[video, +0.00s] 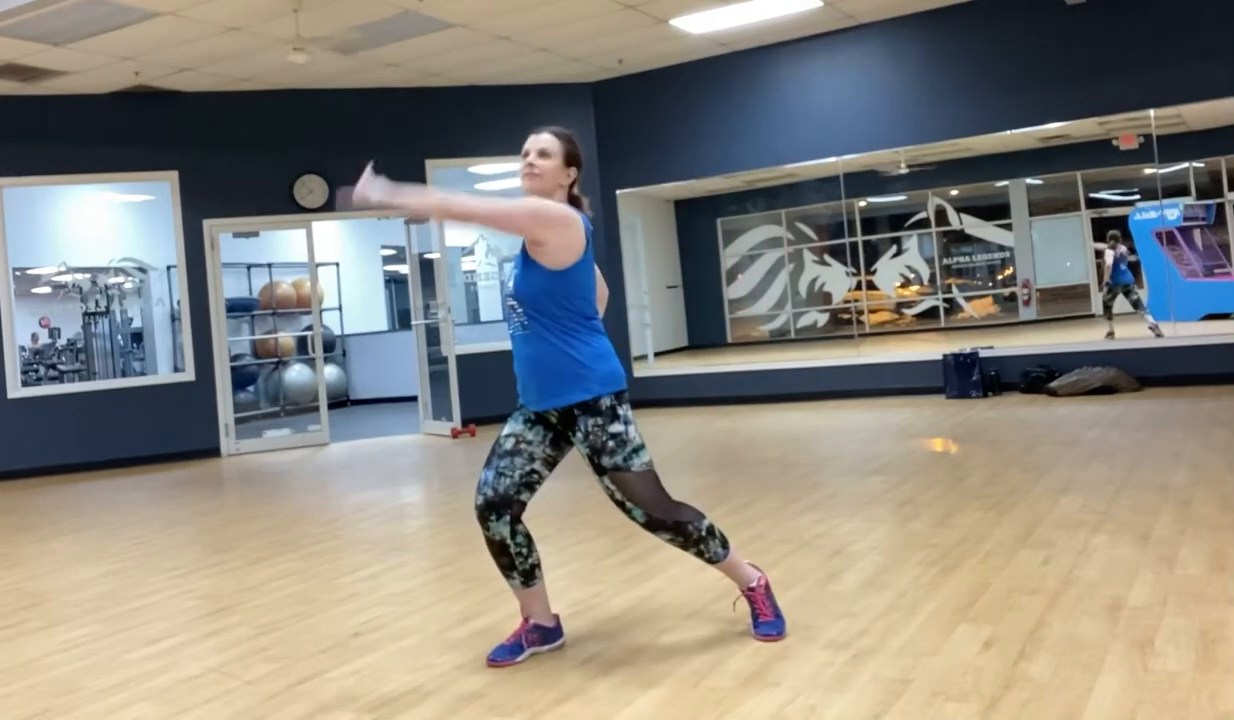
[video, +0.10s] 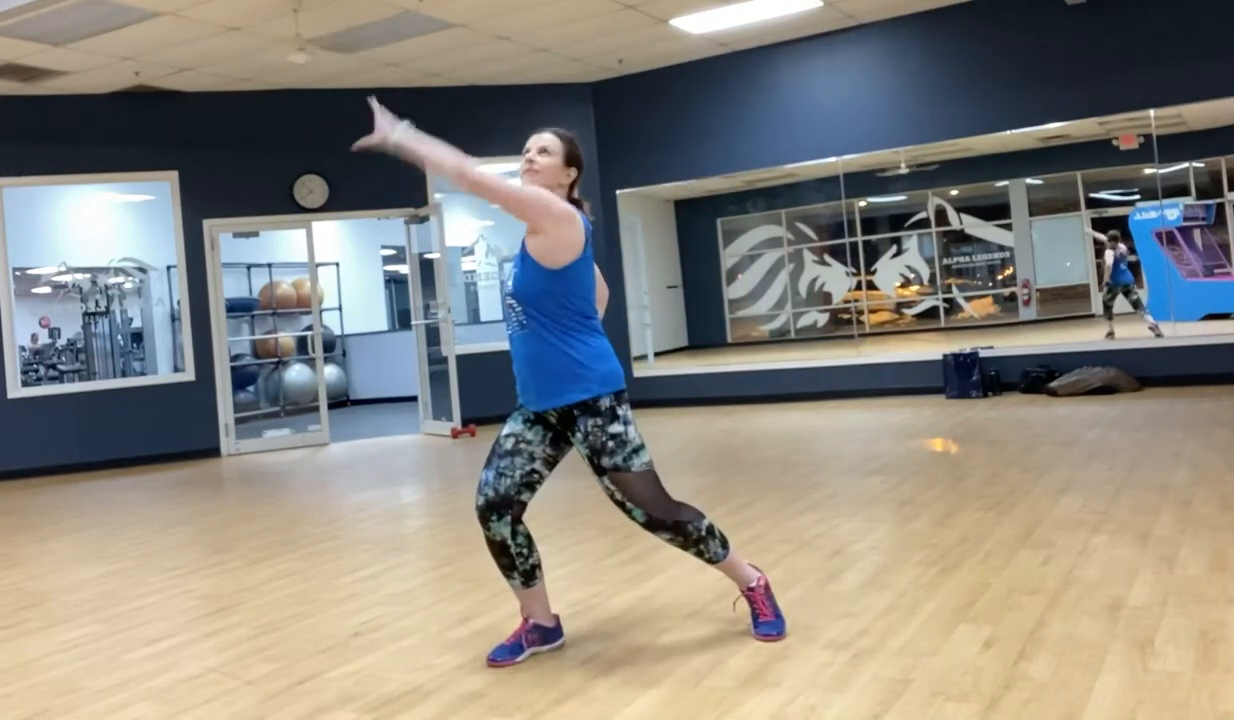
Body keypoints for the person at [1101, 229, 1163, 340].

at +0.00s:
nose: (1108, 241)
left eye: (1109, 240)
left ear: (1109, 240)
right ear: (1119, 239)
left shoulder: (1109, 250)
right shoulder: (1123, 249)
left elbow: (1108, 264)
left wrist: (1106, 279)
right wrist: (1092, 245)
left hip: (1115, 280)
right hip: (1128, 279)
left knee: (1107, 303)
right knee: (1138, 304)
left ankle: (1110, 330)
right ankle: (1152, 323)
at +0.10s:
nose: (1107, 243)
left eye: (1109, 241)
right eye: (1108, 241)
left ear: (1111, 241)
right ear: (1118, 241)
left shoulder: (1109, 251)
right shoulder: (1123, 248)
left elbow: (1109, 264)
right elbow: (1104, 238)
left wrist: (1105, 280)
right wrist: (1090, 232)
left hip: (1115, 280)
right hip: (1128, 279)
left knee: (1107, 303)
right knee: (1138, 304)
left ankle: (1111, 330)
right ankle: (1152, 323)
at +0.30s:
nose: (1107, 243)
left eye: (1107, 240)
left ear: (1107, 241)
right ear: (1117, 238)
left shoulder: (1108, 251)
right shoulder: (1123, 246)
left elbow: (1107, 264)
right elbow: (1115, 232)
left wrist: (1105, 280)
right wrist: (1104, 221)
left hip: (1114, 280)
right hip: (1127, 278)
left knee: (1108, 304)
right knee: (1137, 303)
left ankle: (1111, 330)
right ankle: (1152, 324)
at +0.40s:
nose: (1109, 242)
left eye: (1108, 240)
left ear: (1107, 241)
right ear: (1117, 239)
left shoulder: (1107, 251)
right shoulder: (1123, 248)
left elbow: (1104, 265)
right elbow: (1121, 232)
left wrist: (1104, 281)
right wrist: (1115, 218)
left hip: (1113, 281)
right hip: (1127, 278)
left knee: (1108, 304)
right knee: (1138, 304)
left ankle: (1110, 330)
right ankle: (1152, 323)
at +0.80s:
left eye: (1107, 240)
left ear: (1105, 241)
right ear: (1117, 240)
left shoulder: (1105, 252)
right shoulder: (1123, 248)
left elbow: (1098, 265)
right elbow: (1129, 232)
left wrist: (1101, 281)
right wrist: (1131, 215)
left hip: (1112, 282)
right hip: (1127, 280)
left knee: (1109, 305)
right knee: (1139, 303)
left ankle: (1110, 330)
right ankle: (1151, 324)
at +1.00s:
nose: (1118, 239)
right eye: (1117, 237)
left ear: (1105, 241)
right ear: (1117, 239)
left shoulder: (1104, 252)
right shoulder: (1124, 247)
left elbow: (1093, 265)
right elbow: (1133, 234)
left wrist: (1098, 280)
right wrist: (1138, 221)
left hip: (1113, 281)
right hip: (1128, 279)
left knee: (1110, 306)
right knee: (1139, 301)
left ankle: (1111, 330)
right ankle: (1151, 324)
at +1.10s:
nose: (1120, 239)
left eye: (1119, 237)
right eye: (1119, 237)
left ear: (1107, 239)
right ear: (1117, 239)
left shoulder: (1102, 252)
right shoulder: (1123, 246)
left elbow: (1086, 262)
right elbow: (1136, 233)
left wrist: (1087, 274)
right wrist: (1143, 221)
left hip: (1112, 281)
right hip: (1128, 279)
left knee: (1111, 306)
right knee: (1139, 301)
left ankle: (1111, 330)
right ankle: (1150, 325)